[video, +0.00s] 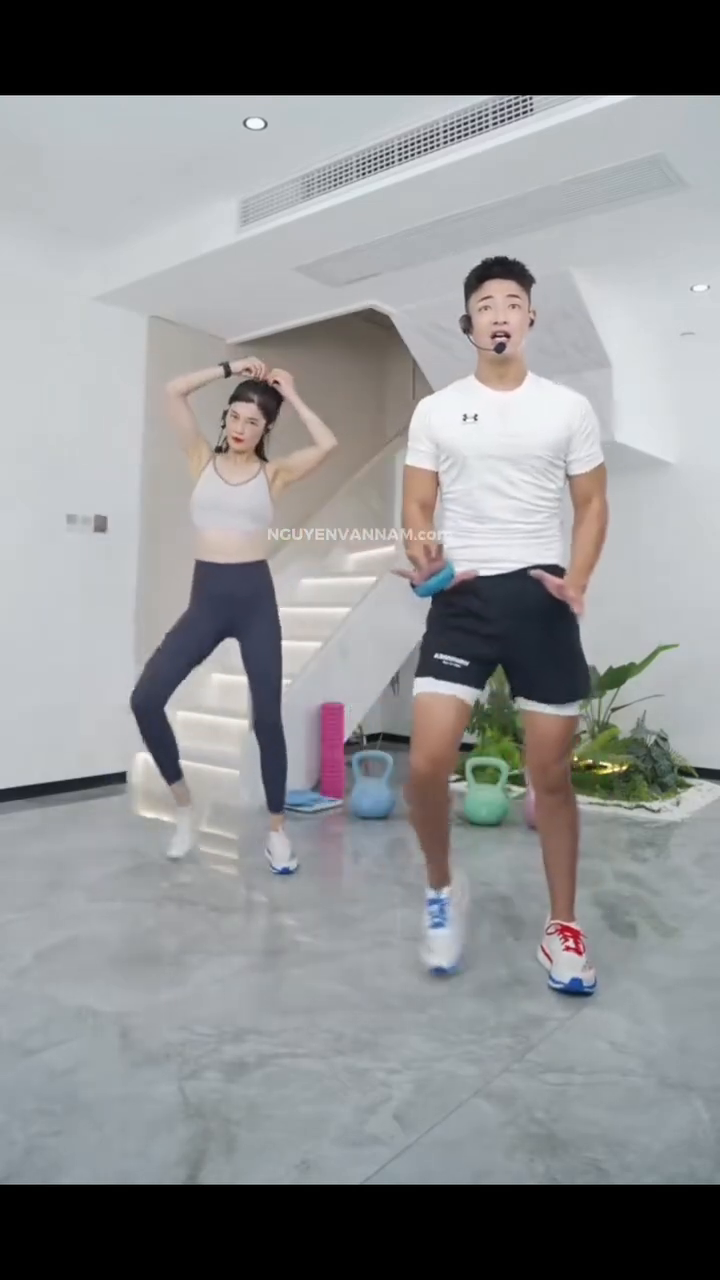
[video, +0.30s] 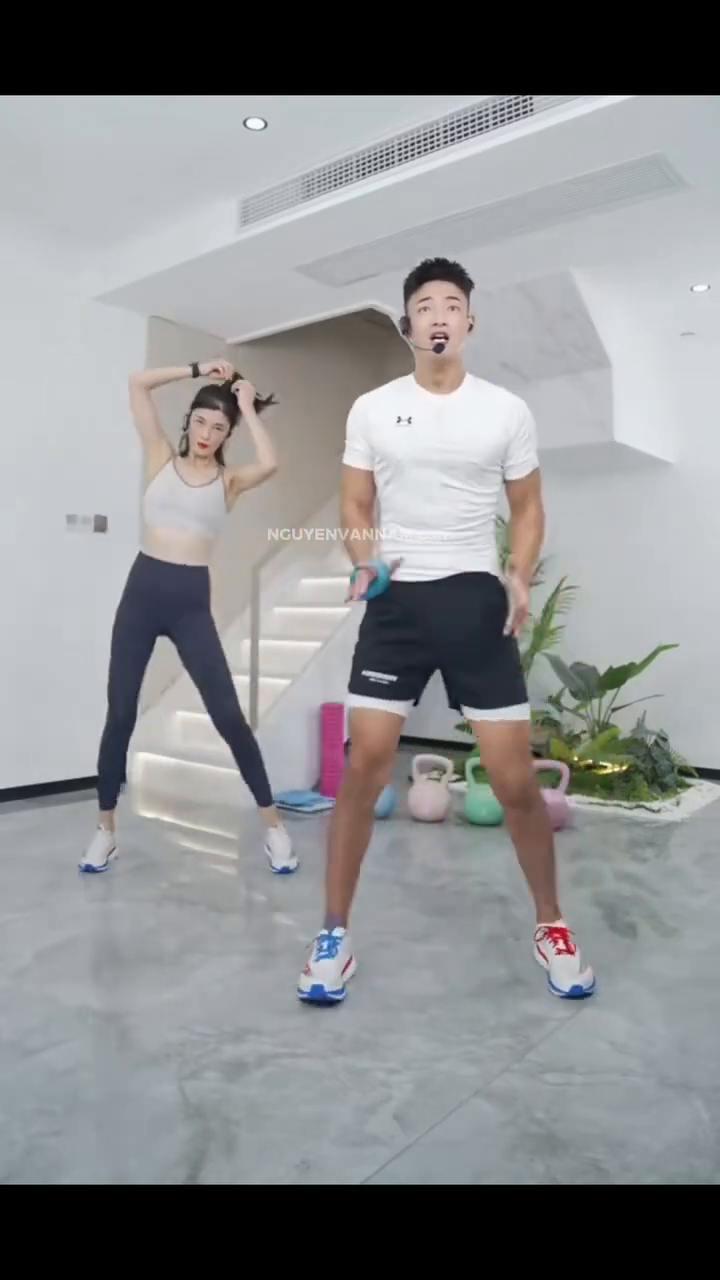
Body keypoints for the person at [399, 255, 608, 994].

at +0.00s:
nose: (499, 316)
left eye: (512, 305)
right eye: (486, 306)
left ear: (531, 318)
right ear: (468, 322)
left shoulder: (568, 409)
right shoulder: (436, 411)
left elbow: (592, 507)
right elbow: (416, 513)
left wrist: (577, 582)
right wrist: (423, 552)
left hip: (541, 602)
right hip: (459, 601)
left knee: (551, 777)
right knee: (425, 768)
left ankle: (563, 927)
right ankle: (440, 888)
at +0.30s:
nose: (438, 317)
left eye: (451, 306)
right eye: (425, 307)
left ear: (470, 320)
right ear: (407, 324)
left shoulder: (506, 412)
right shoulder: (372, 410)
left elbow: (528, 509)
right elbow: (356, 508)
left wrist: (518, 579)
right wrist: (365, 557)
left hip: (476, 604)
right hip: (394, 604)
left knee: (517, 782)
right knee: (365, 764)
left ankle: (552, 929)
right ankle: (333, 935)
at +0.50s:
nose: (405, 313)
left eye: (419, 301)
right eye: (391, 302)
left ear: (438, 317)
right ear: (374, 320)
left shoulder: (476, 407)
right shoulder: (338, 404)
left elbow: (499, 494)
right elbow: (316, 492)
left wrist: (490, 555)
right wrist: (316, 542)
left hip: (442, 599)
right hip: (359, 600)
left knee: (471, 768)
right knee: (343, 766)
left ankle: (457, 890)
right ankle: (331, 936)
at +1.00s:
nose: (420, 301)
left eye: (433, 289)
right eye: (406, 289)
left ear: (453, 307)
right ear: (385, 308)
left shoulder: (492, 397)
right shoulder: (348, 402)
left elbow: (514, 473)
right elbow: (315, 474)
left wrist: (514, 531)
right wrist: (322, 530)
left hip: (469, 596)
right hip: (382, 601)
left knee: (521, 767)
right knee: (358, 769)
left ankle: (534, 931)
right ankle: (334, 937)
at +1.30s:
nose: (493, 306)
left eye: (507, 293)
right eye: (478, 294)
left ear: (525, 310)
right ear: (455, 313)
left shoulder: (565, 402)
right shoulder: (419, 407)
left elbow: (591, 471)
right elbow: (388, 481)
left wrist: (596, 537)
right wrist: (400, 540)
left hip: (544, 605)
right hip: (454, 608)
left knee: (562, 781)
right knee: (406, 766)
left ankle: (564, 945)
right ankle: (386, 911)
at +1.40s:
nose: (504, 304)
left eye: (517, 291)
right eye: (487, 293)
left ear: (534, 307)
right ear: (465, 313)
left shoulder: (577, 399)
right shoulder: (432, 405)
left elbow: (602, 471)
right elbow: (395, 475)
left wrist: (606, 535)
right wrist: (410, 540)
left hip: (554, 604)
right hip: (465, 604)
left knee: (567, 780)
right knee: (445, 766)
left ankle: (565, 943)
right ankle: (447, 901)